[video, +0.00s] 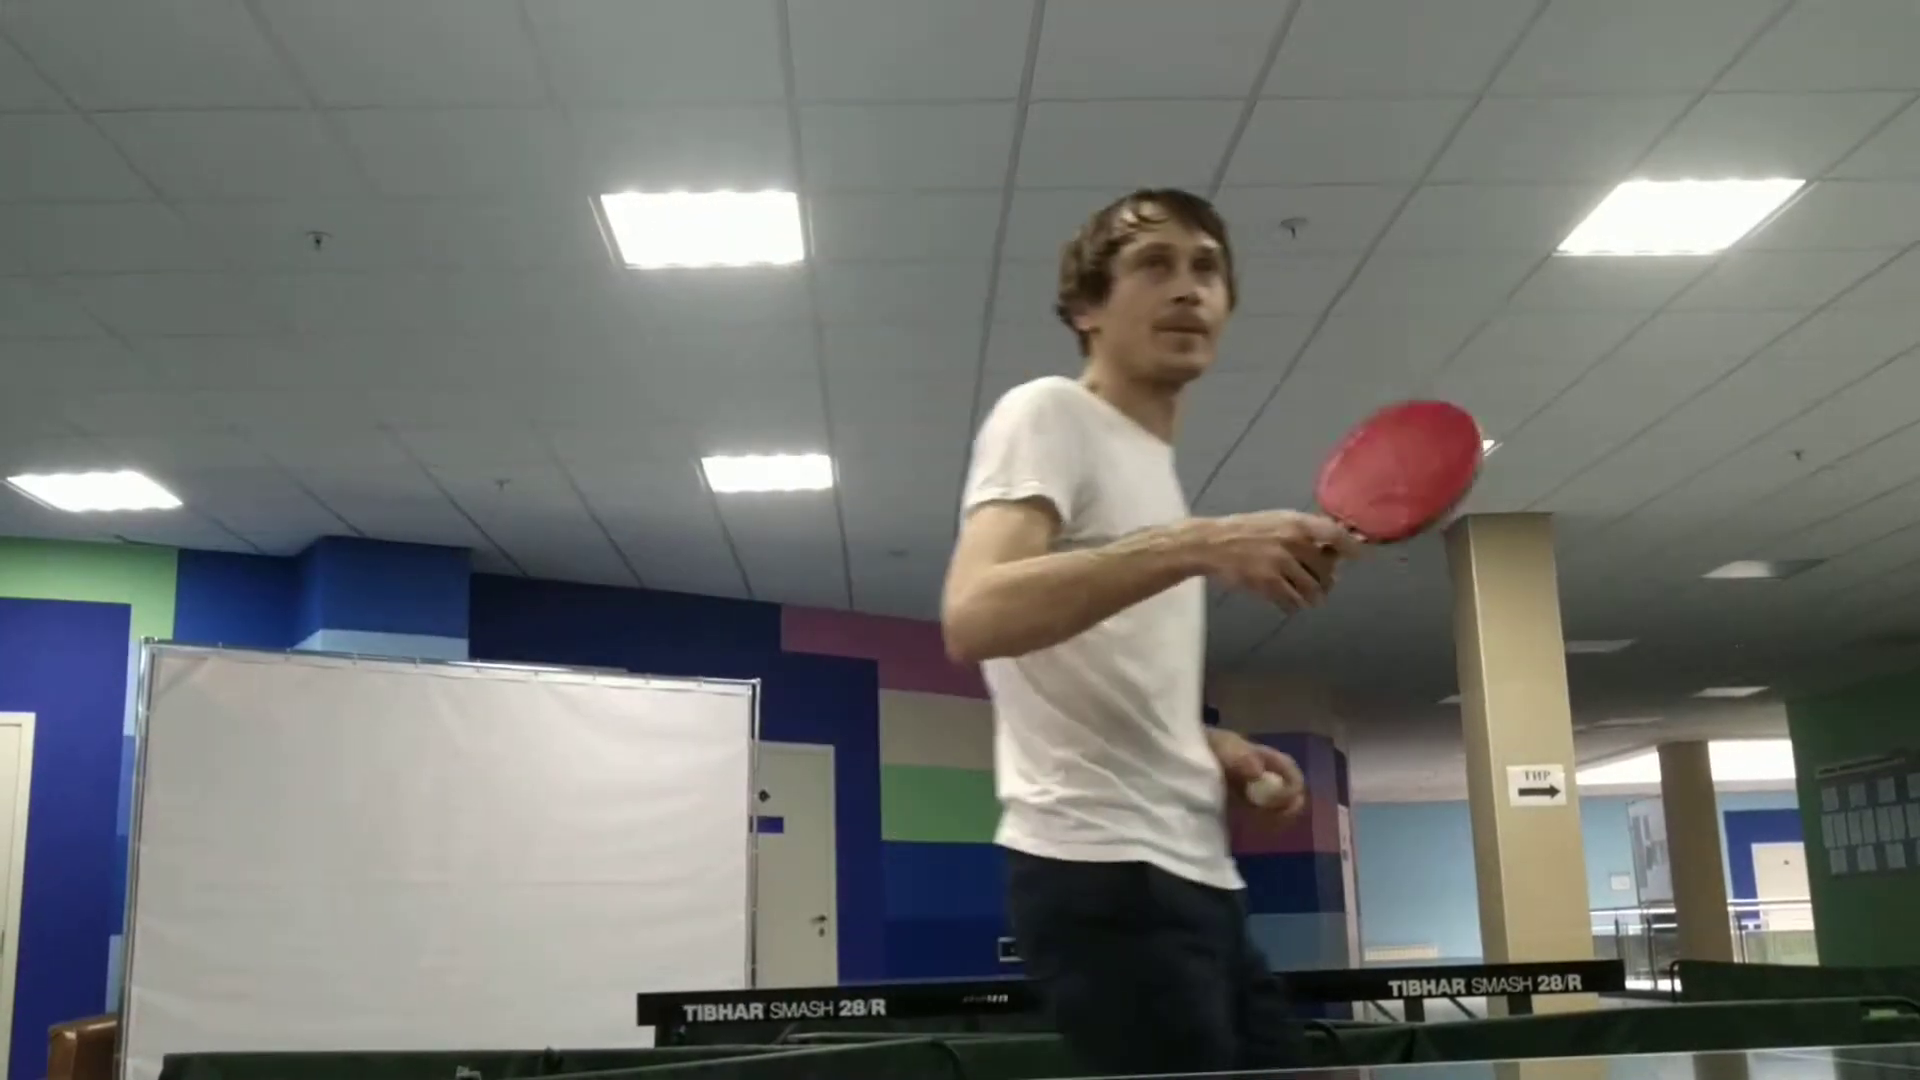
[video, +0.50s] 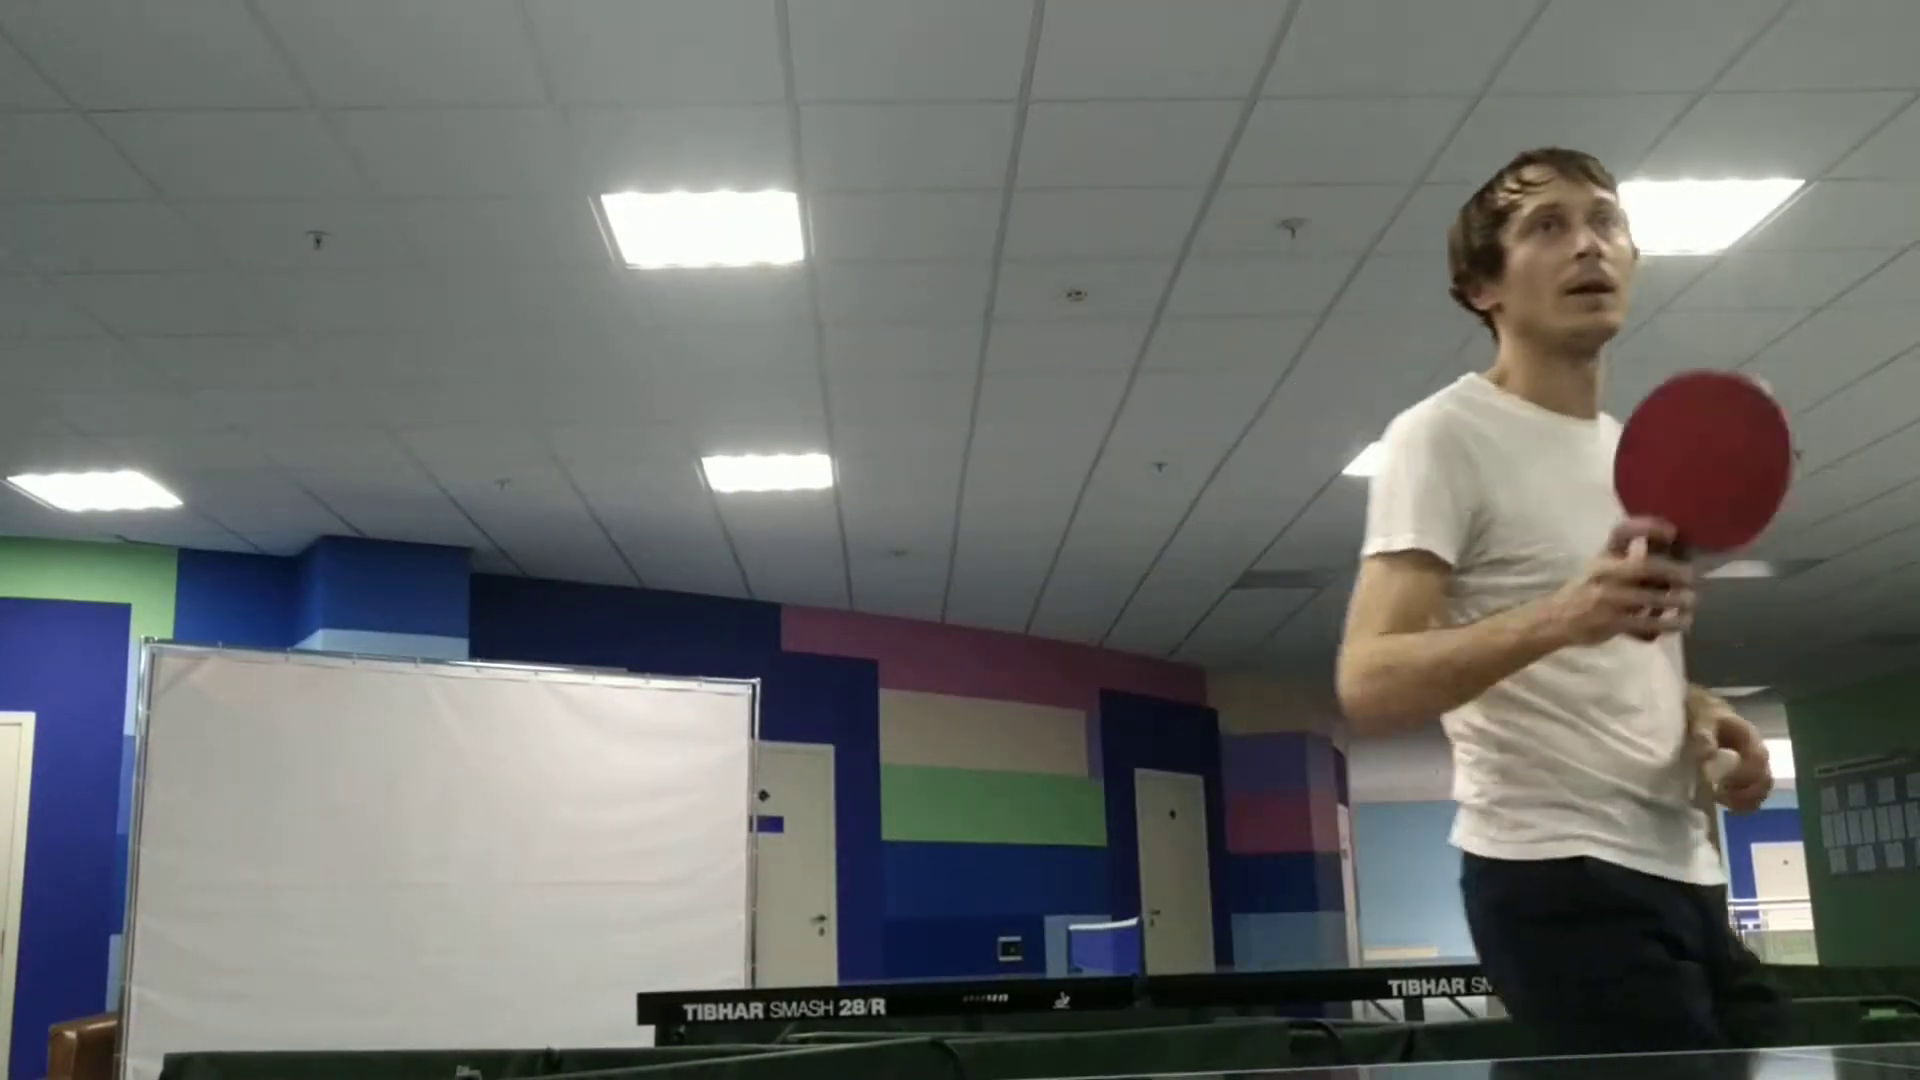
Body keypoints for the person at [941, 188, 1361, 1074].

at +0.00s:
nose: (1188, 287)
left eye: (1207, 269)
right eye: (1154, 265)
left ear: (1229, 309)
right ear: (1088, 309)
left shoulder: (1159, 471)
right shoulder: (1048, 412)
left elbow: (1107, 695)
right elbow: (972, 613)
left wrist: (1214, 748)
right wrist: (1201, 543)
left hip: (1190, 874)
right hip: (1102, 873)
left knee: (1269, 1065)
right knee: (1175, 1070)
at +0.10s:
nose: (1283, 271)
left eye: (1301, 253)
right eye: (1246, 250)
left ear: (1323, 297)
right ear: (1182, 296)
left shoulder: (1258, 465)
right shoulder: (1138, 401)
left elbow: (1219, 690)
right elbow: (1059, 611)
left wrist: (1318, 733)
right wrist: (1293, 606)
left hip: (1290, 860)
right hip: (1198, 856)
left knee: (1340, 1064)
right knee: (1329, 1064)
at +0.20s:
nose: (1369, 252)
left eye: (1387, 233)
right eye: (1332, 232)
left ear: (1408, 276)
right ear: (1268, 281)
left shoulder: (1358, 460)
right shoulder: (1222, 398)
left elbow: (1342, 651)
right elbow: (1127, 620)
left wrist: (1434, 730)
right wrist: (1347, 682)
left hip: (1387, 852)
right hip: (1285, 847)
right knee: (1447, 1069)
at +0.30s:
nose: (1454, 247)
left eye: (1472, 228)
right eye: (1414, 228)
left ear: (1493, 272)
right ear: (1351, 282)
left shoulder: (1450, 458)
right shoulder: (1304, 406)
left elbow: (1430, 664)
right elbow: (1194, 635)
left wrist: (1535, 729)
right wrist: (1405, 703)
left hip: (1484, 860)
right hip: (1387, 861)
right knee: (1498, 1075)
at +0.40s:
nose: (1527, 244)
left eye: (1545, 225)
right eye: (1486, 226)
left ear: (1570, 268)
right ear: (1423, 283)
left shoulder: (1531, 452)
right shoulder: (1374, 420)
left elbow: (1536, 650)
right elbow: (1272, 657)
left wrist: (1619, 719)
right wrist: (1482, 672)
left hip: (1597, 864)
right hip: (1487, 869)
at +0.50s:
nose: (1590, 243)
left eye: (1606, 223)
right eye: (1548, 226)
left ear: (1634, 264)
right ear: (1483, 287)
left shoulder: (1633, 450)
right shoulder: (1442, 434)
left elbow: (1637, 662)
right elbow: (1367, 683)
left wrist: (1702, 714)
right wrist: (1565, 615)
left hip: (1676, 867)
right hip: (1553, 867)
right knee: (1681, 1075)